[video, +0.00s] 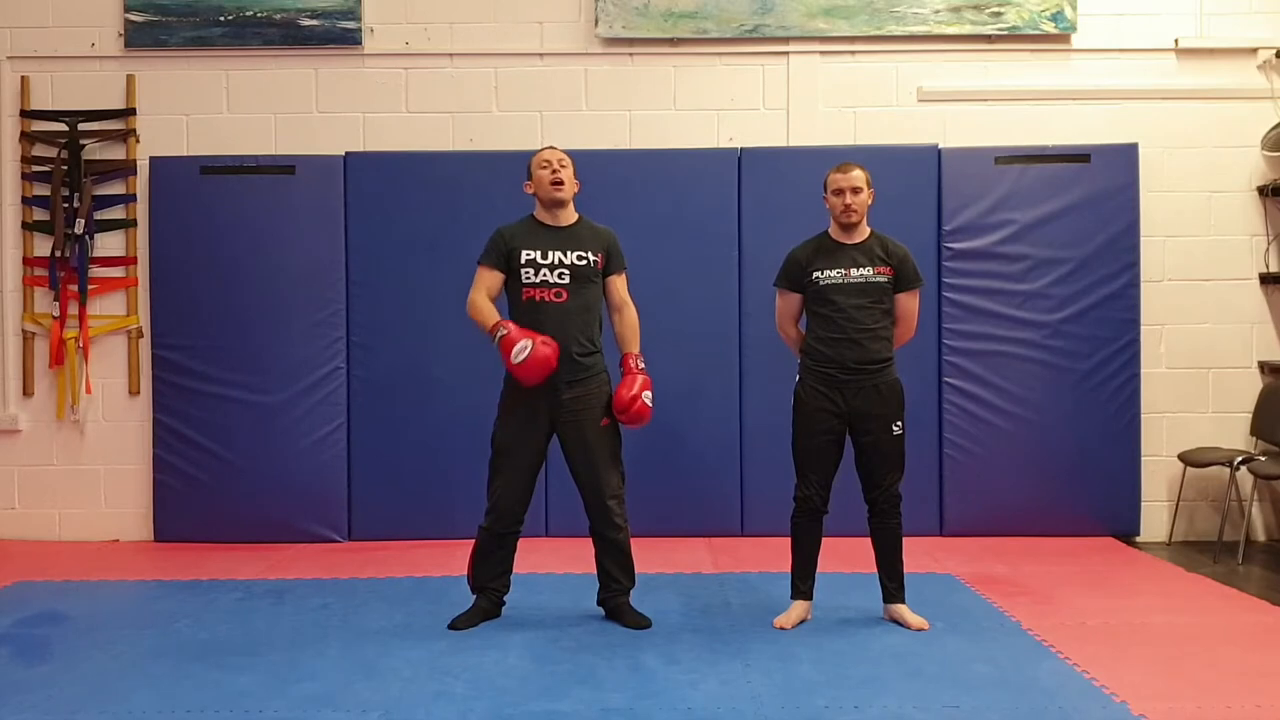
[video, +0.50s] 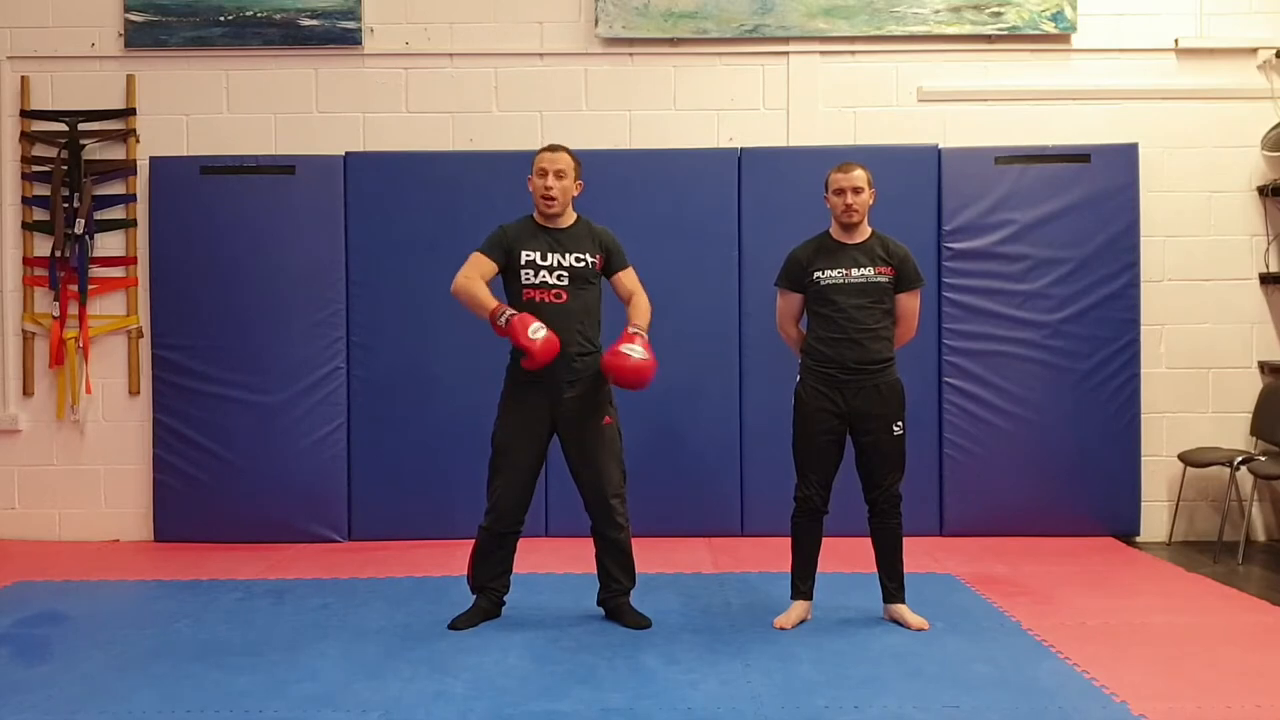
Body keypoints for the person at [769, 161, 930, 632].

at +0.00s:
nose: (847, 199)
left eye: (855, 191)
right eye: (838, 192)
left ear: (870, 196)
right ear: (826, 199)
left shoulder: (895, 256)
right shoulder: (803, 258)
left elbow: (906, 328)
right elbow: (786, 325)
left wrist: (864, 353)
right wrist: (821, 357)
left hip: (878, 391)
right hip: (819, 392)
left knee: (885, 498)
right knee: (809, 497)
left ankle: (894, 601)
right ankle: (801, 598)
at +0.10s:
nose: (847, 199)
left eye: (856, 191)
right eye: (838, 192)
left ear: (870, 196)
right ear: (826, 199)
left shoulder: (896, 256)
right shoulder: (803, 258)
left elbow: (906, 328)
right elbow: (786, 325)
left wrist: (864, 353)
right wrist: (821, 357)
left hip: (878, 392)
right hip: (819, 392)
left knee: (885, 498)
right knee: (809, 497)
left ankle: (894, 601)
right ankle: (801, 598)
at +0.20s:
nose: (847, 199)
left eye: (856, 191)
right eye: (838, 192)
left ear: (870, 196)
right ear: (826, 199)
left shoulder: (895, 256)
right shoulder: (803, 258)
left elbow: (906, 328)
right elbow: (787, 326)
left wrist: (864, 353)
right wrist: (821, 357)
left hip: (878, 391)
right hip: (819, 392)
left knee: (885, 498)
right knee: (809, 497)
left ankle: (894, 600)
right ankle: (801, 598)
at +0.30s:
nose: (848, 199)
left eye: (856, 191)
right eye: (838, 192)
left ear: (871, 196)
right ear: (827, 199)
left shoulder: (896, 256)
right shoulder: (804, 258)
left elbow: (906, 328)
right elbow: (787, 326)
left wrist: (865, 353)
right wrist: (822, 357)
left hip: (878, 391)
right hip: (819, 392)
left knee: (885, 498)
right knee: (809, 497)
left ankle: (894, 600)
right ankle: (801, 598)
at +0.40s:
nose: (848, 199)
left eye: (856, 191)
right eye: (839, 192)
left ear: (871, 196)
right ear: (827, 199)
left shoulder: (896, 256)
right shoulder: (804, 258)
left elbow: (906, 328)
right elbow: (787, 326)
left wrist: (865, 353)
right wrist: (822, 357)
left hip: (878, 391)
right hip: (819, 392)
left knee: (885, 498)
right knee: (810, 497)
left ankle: (894, 600)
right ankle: (801, 598)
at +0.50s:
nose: (848, 199)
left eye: (856, 191)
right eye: (839, 192)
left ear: (871, 196)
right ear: (827, 199)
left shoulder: (896, 256)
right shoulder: (804, 258)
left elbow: (907, 328)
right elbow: (787, 326)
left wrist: (865, 353)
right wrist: (823, 357)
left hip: (878, 391)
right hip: (819, 392)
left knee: (885, 498)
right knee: (809, 497)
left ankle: (894, 601)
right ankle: (801, 598)